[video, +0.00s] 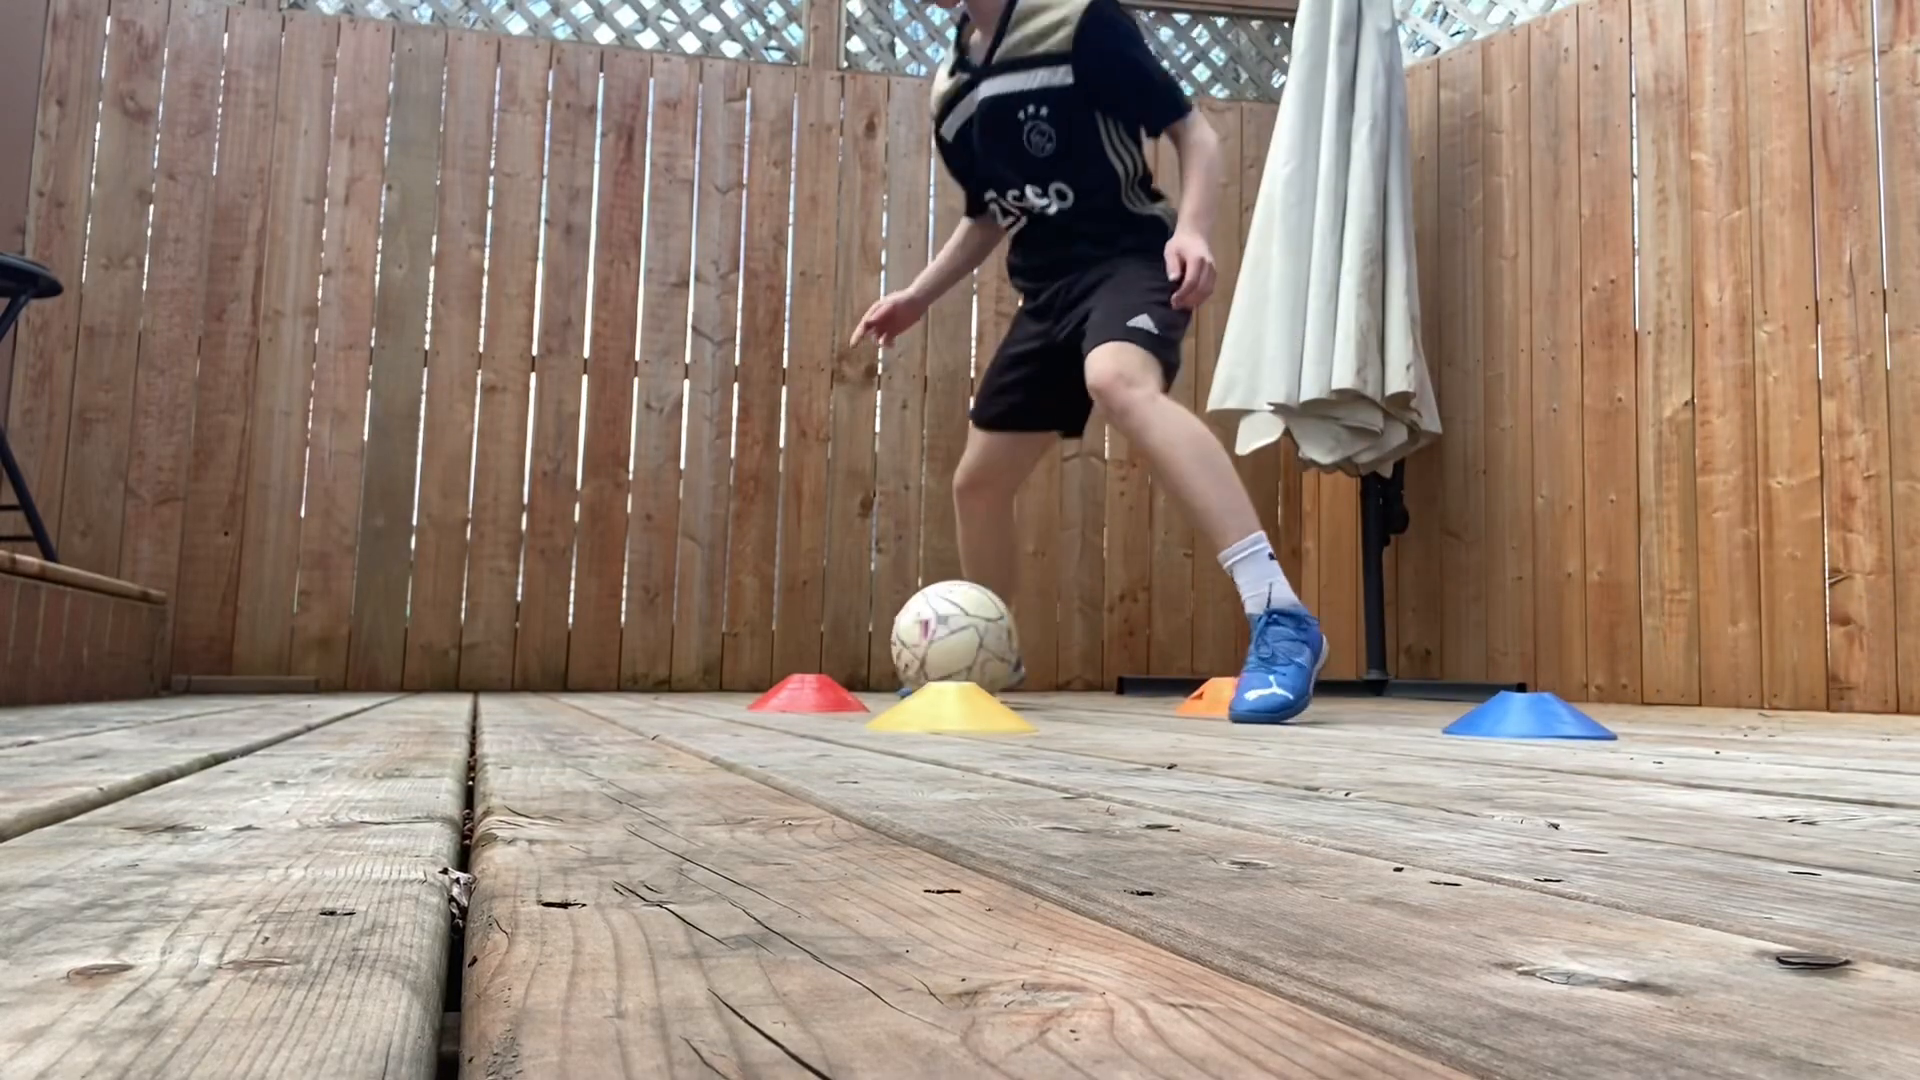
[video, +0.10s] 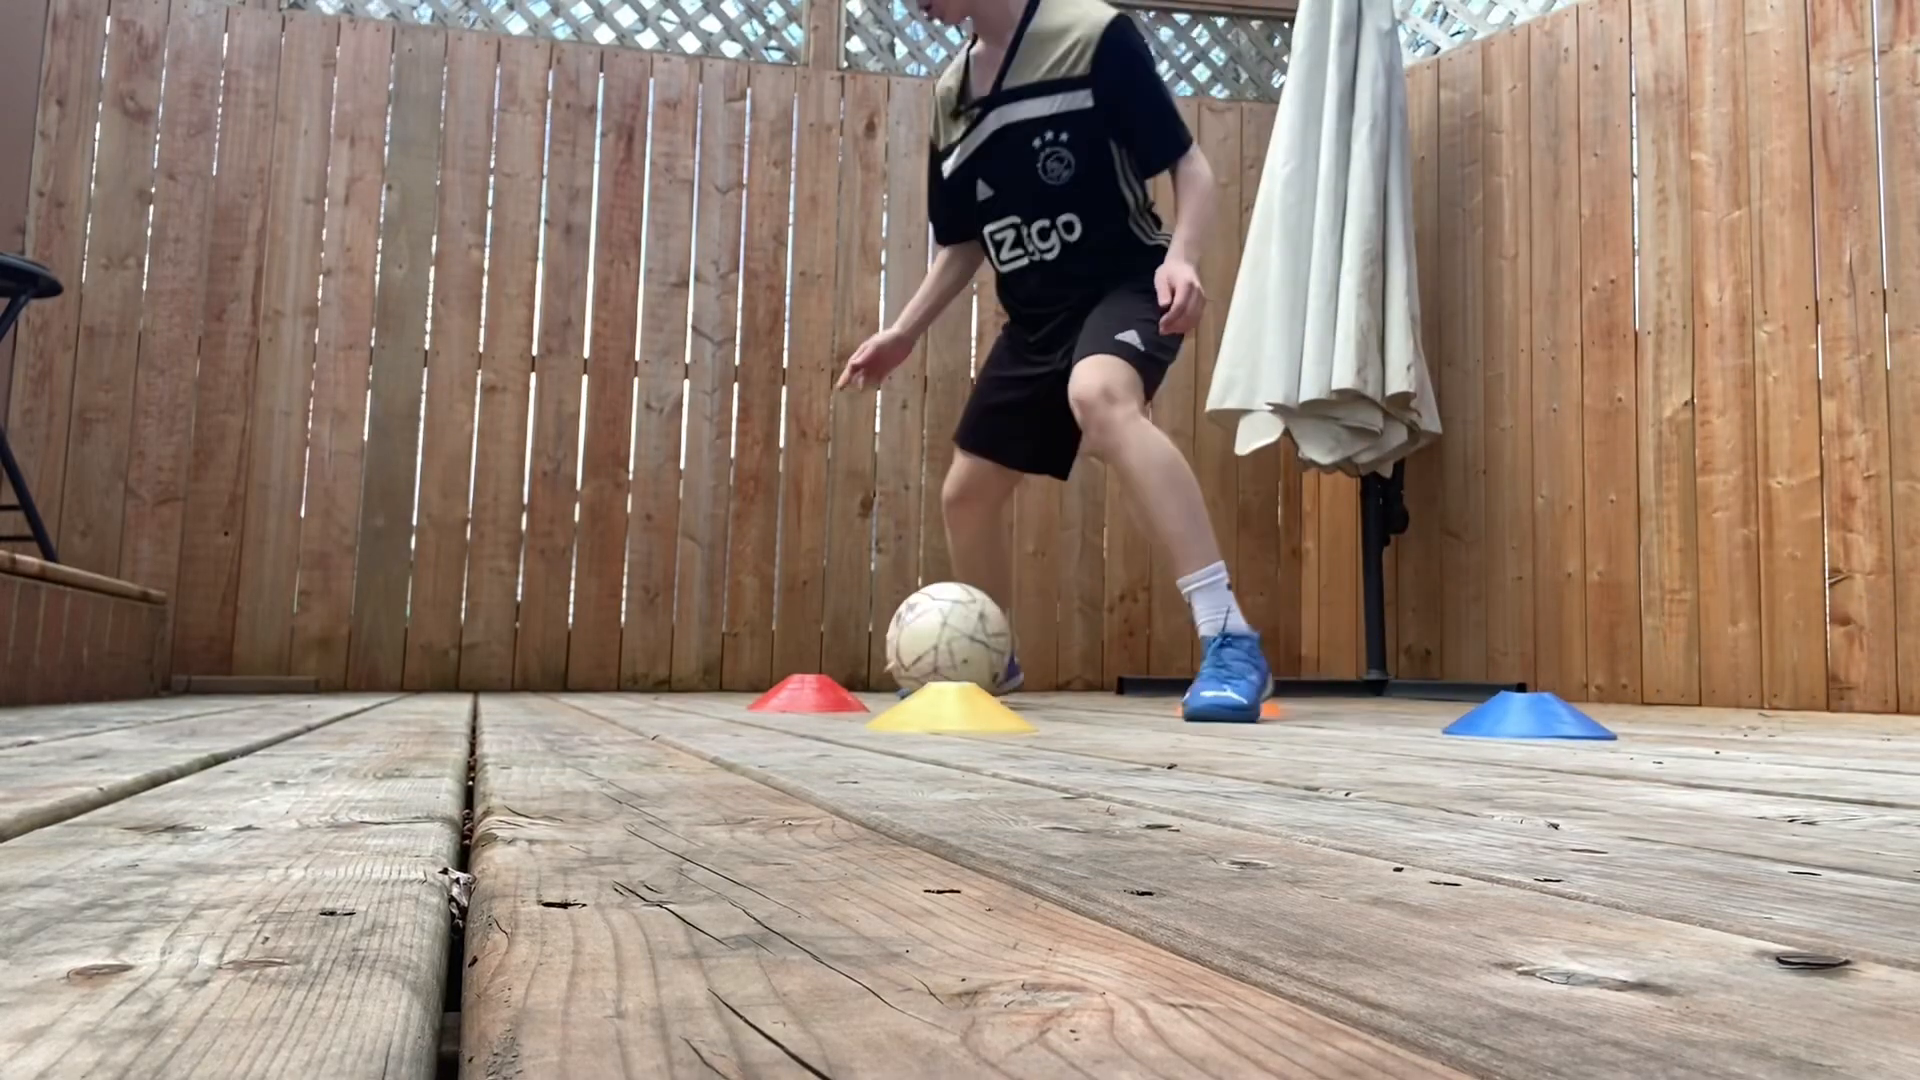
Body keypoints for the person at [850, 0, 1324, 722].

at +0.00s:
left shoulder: (1083, 22)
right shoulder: (952, 93)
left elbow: (1195, 134)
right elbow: (989, 213)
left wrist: (1193, 228)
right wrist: (919, 295)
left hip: (1134, 259)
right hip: (1047, 292)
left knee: (1117, 379)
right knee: (978, 483)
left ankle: (1279, 617)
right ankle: (989, 674)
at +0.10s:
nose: (917, 3)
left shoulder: (1095, 35)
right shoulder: (952, 95)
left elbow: (1191, 172)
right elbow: (963, 243)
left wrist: (1183, 257)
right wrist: (903, 332)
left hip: (1129, 286)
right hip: (1036, 319)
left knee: (1098, 396)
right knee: (967, 495)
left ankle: (1227, 641)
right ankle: (989, 664)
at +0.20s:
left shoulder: (1122, 7)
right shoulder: (979, 74)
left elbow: (1236, 78)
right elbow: (1002, 198)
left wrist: (1208, 190)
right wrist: (951, 298)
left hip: (1162, 235)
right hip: (1066, 273)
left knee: (1138, 379)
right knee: (991, 441)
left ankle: (1234, 645)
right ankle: (957, 664)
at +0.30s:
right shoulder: (1001, 31)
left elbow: (1263, 1)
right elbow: (1034, 164)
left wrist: (1265, 94)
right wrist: (980, 280)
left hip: (1212, 175)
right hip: (1117, 220)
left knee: (1149, 341)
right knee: (1010, 400)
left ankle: (1237, 624)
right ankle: (965, 628)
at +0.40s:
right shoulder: (1023, 40)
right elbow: (1054, 166)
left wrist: (1303, 68)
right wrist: (988, 279)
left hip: (1241, 122)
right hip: (1147, 192)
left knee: (1152, 261)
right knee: (1031, 390)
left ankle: (1285, 553)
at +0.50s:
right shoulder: (1029, 65)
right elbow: (1067, 206)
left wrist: (1309, 62)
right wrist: (996, 317)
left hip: (1268, 131)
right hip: (1168, 215)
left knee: (1170, 245)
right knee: (1062, 426)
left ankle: (1312, 488)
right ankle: (1166, 660)